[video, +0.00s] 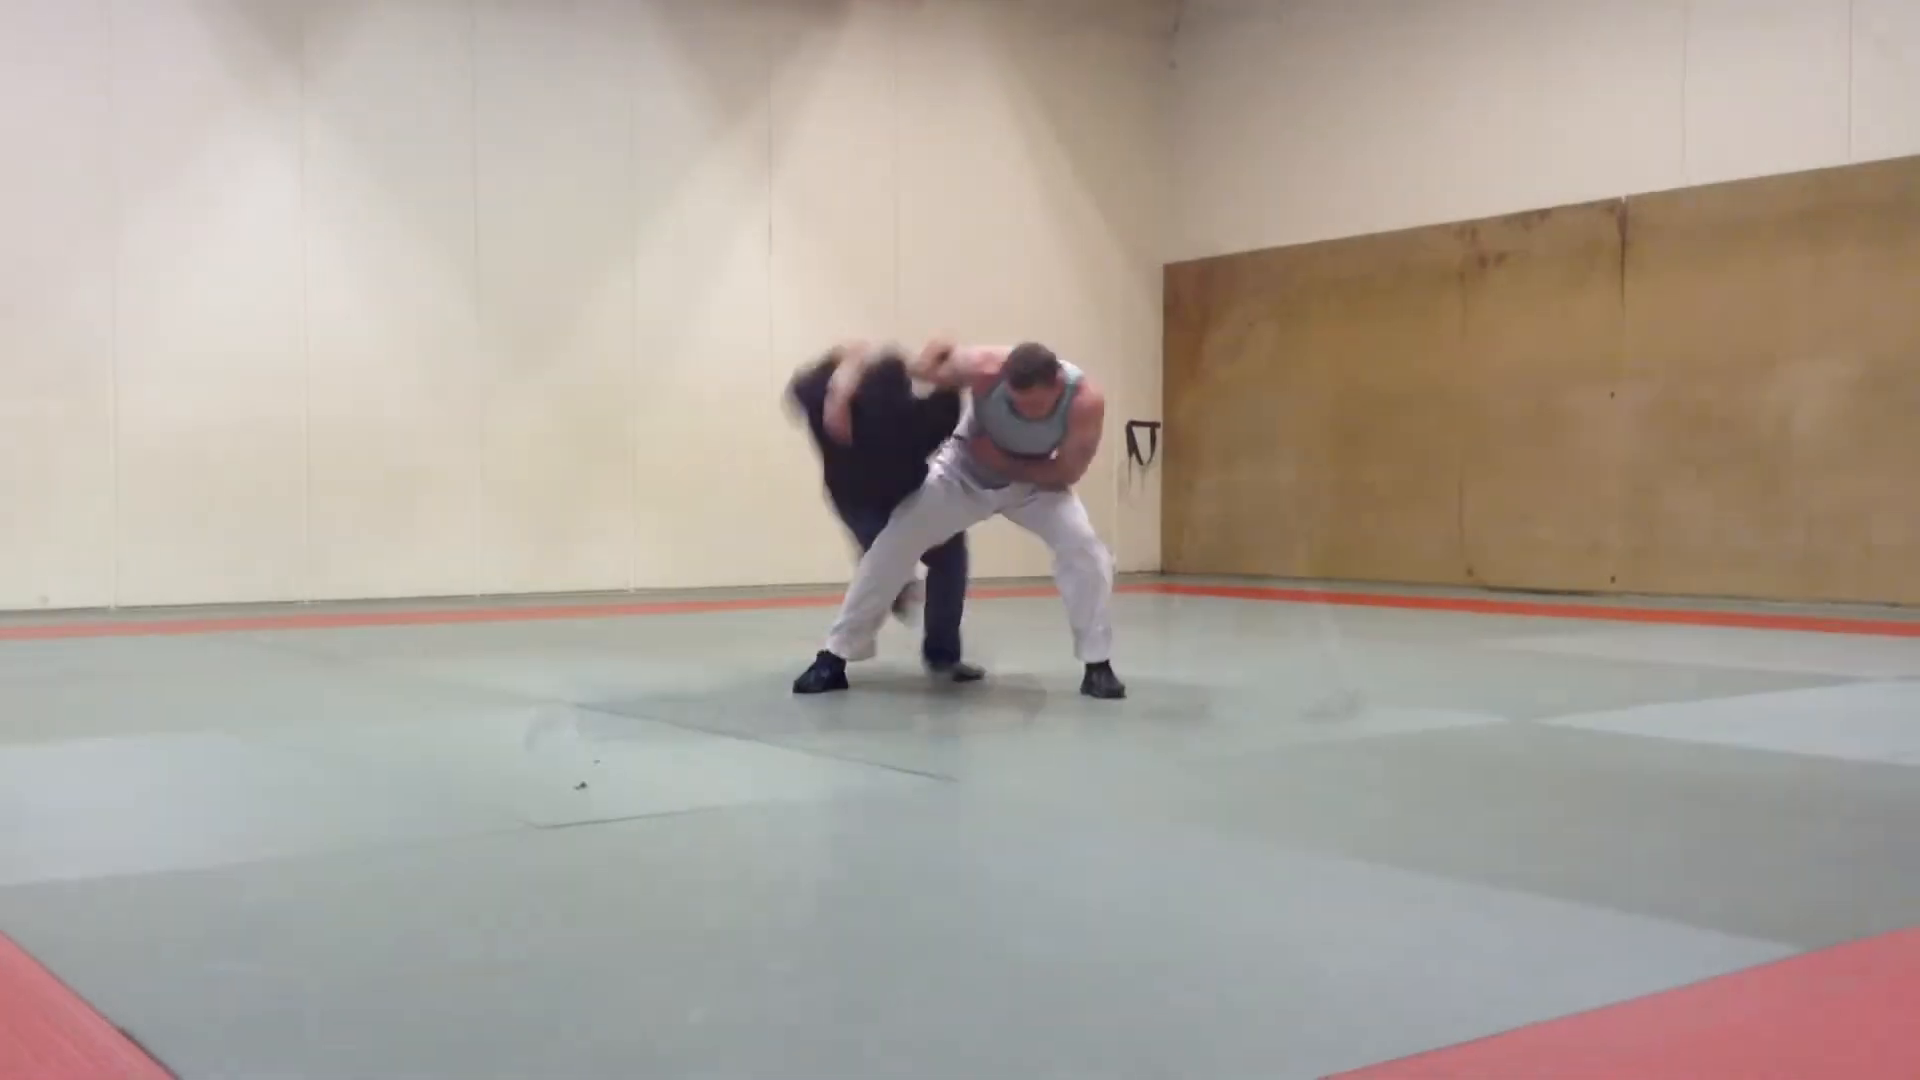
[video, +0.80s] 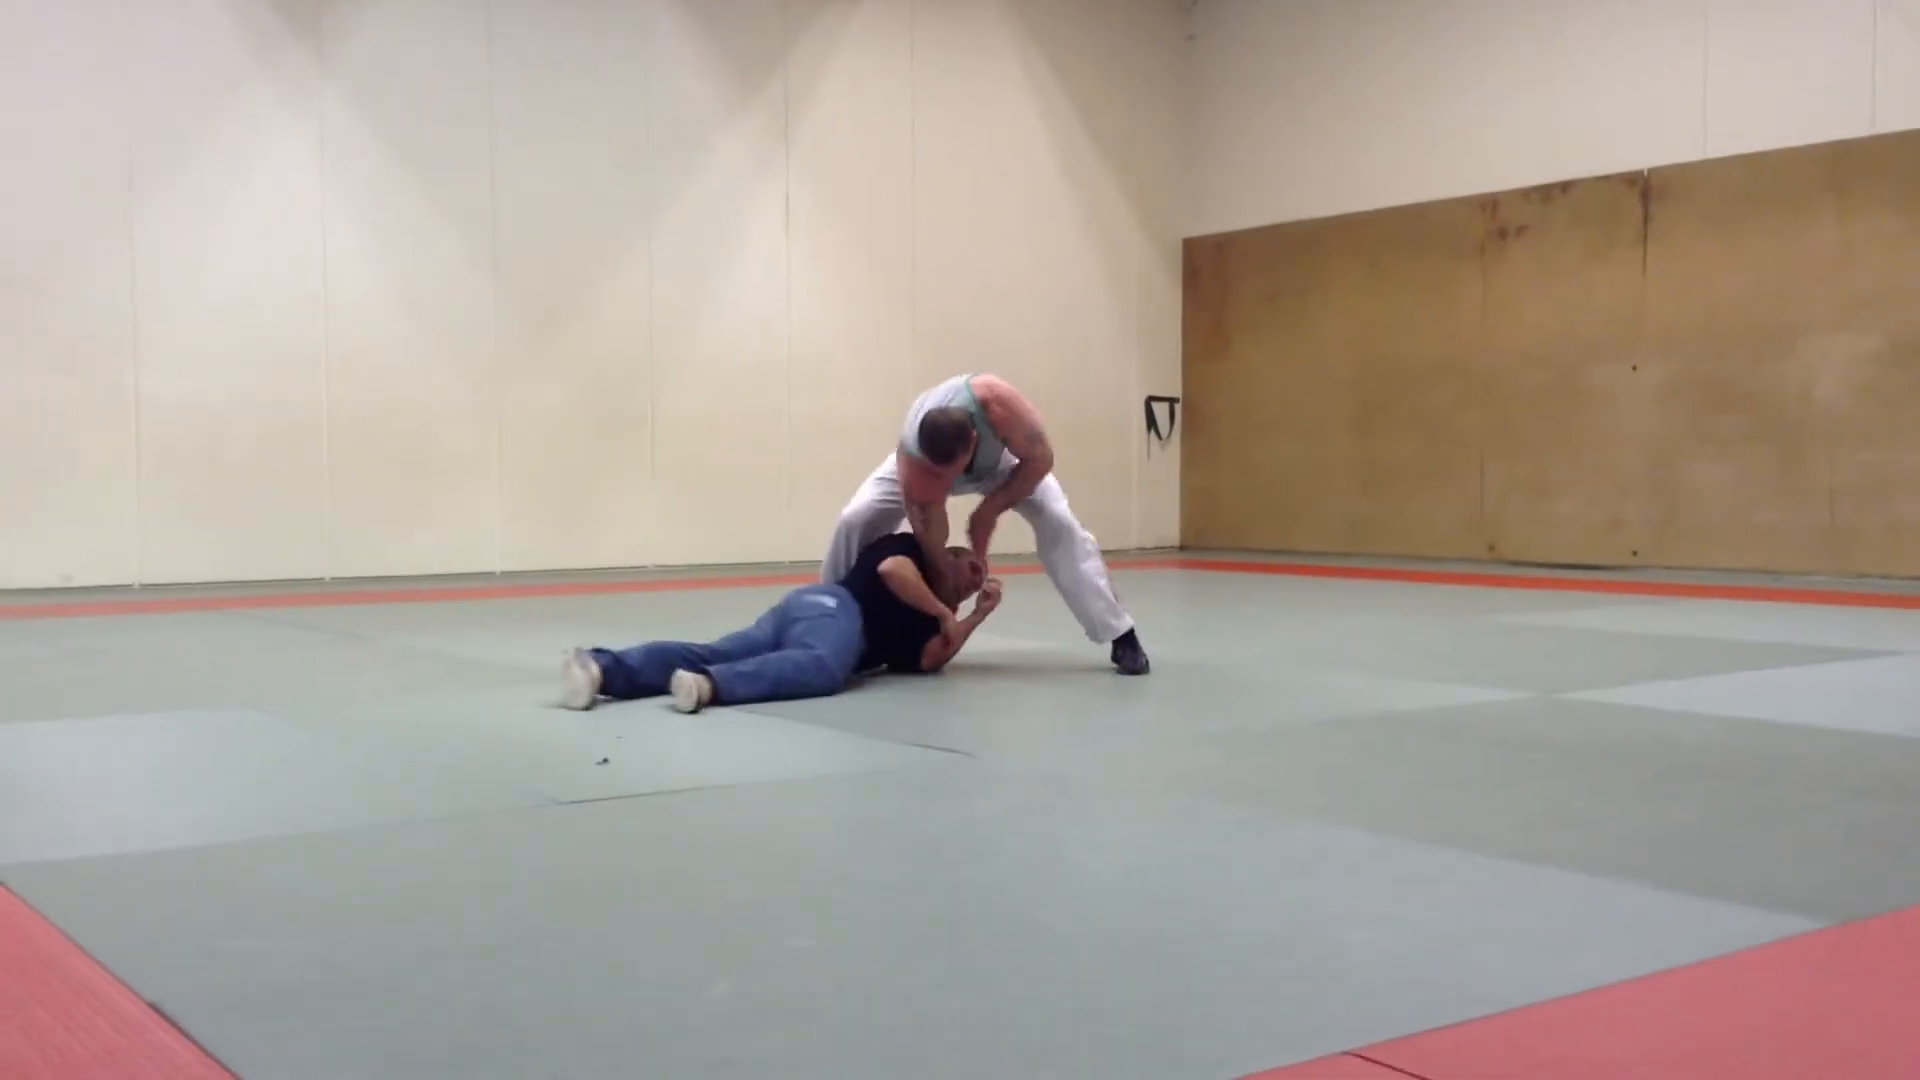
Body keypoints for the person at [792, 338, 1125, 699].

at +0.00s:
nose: (1030, 415)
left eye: (1039, 408)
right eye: (1021, 406)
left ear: (1058, 385)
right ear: (1008, 383)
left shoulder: (1085, 401)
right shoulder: (986, 367)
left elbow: (1064, 475)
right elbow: (924, 370)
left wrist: (1001, 462)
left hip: (1037, 486)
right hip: (965, 474)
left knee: (1085, 550)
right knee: (895, 542)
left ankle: (1098, 666)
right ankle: (834, 658)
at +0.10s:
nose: (1007, 412)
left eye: (1015, 403)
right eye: (996, 403)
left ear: (1033, 382)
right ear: (982, 384)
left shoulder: (1065, 385)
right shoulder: (960, 393)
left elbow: (1088, 442)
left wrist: (1040, 471)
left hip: (1032, 489)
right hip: (962, 486)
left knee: (1074, 534)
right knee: (890, 550)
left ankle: (1101, 659)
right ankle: (837, 658)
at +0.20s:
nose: (955, 422)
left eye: (964, 414)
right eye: (950, 414)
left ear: (994, 395)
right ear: (943, 403)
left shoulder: (1028, 377)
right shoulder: (937, 423)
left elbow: (1074, 395)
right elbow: (913, 485)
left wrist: (1066, 443)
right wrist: (916, 524)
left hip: (1028, 475)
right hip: (961, 482)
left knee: (1075, 528)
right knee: (915, 544)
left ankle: (1110, 651)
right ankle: (845, 649)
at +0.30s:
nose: (933, 454)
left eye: (940, 444)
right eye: (928, 447)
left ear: (971, 422)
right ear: (922, 433)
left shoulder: (1000, 386)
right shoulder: (927, 459)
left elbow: (1059, 378)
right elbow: (924, 544)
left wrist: (1052, 437)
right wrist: (949, 618)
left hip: (1023, 470)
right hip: (956, 485)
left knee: (1071, 522)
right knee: (896, 538)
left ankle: (1116, 645)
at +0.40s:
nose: (930, 478)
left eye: (938, 468)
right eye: (925, 471)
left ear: (962, 439)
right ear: (913, 452)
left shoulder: (987, 397)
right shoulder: (919, 470)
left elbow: (1070, 407)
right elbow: (935, 556)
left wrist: (1040, 462)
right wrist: (967, 621)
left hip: (1013, 464)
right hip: (948, 486)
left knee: (1066, 513)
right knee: (871, 531)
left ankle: (1115, 638)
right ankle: (845, 627)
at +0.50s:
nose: (927, 474)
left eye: (934, 463)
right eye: (921, 466)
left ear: (960, 435)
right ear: (909, 451)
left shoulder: (987, 398)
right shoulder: (914, 467)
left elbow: (1063, 450)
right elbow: (931, 551)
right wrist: (939, 626)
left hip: (1006, 463)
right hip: (938, 478)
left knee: (1061, 515)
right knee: (855, 524)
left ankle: (1114, 638)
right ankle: (830, 634)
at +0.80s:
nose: (938, 484)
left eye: (948, 472)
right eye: (933, 476)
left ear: (970, 444)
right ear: (918, 453)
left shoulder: (992, 397)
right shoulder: (913, 456)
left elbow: (1041, 460)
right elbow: (929, 535)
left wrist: (989, 514)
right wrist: (946, 608)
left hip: (1003, 461)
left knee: (1060, 525)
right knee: (855, 520)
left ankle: (1120, 635)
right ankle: (834, 623)